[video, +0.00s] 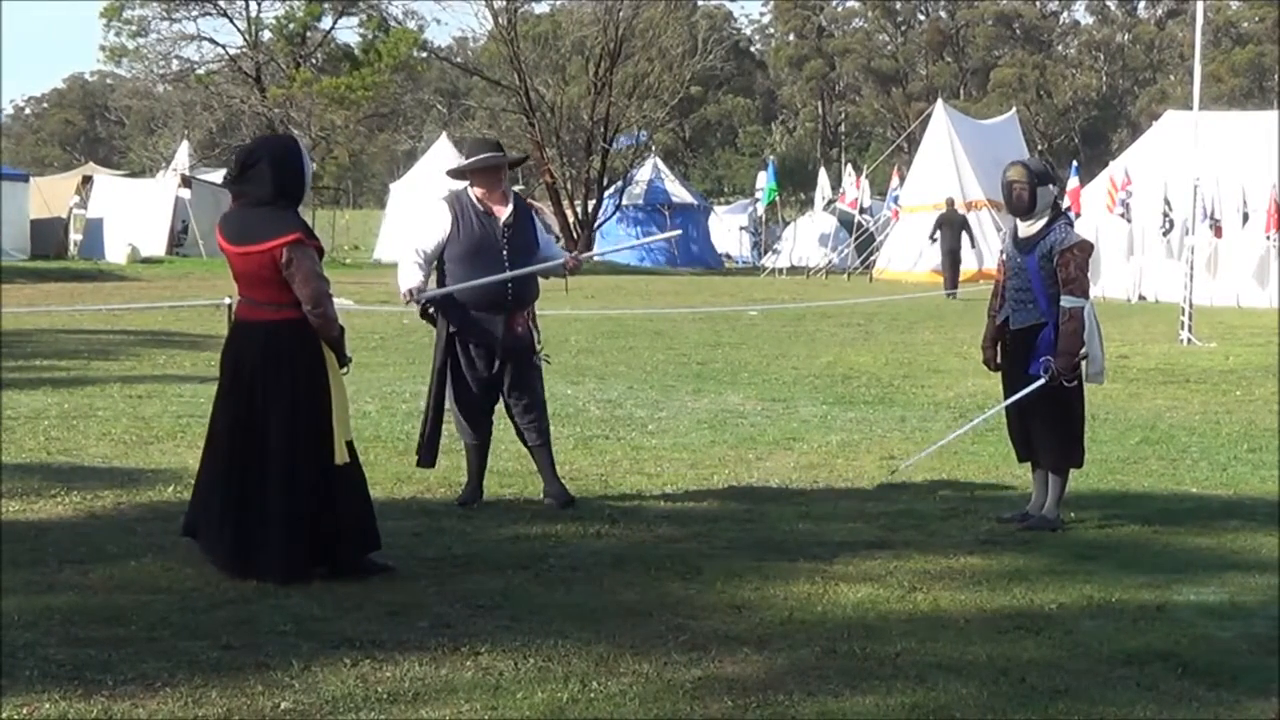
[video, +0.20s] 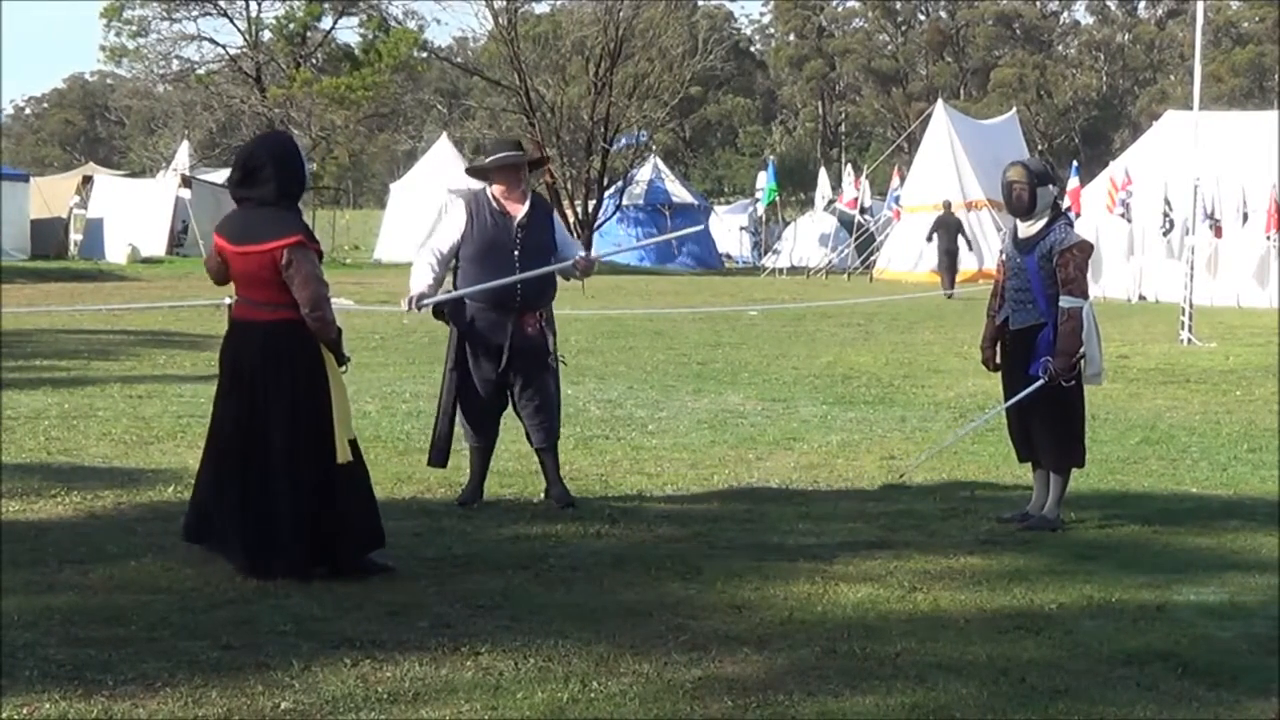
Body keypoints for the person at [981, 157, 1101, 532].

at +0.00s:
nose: (1014, 195)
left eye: (1022, 189)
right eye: (1010, 189)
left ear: (1045, 192)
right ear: (1006, 193)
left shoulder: (1063, 236)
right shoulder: (1014, 234)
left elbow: (1074, 300)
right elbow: (1003, 288)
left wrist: (1068, 353)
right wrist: (991, 335)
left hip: (1051, 338)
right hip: (1017, 338)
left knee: (1054, 418)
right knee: (1028, 416)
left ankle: (1052, 509)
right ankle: (1038, 502)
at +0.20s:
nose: (1013, 196)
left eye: (1021, 189)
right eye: (1009, 189)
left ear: (1045, 193)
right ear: (1006, 193)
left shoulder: (1063, 237)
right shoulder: (1013, 235)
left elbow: (1073, 301)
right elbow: (1002, 290)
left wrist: (1065, 355)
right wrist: (990, 335)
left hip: (1051, 338)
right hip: (1017, 339)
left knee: (1055, 419)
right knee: (1028, 416)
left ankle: (1053, 509)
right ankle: (1038, 501)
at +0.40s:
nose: (1013, 196)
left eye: (1021, 189)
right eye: (1009, 189)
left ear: (1045, 193)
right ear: (1005, 193)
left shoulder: (1063, 237)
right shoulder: (1013, 235)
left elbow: (1072, 301)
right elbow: (1002, 289)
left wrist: (1064, 354)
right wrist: (990, 335)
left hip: (1050, 338)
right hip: (1016, 338)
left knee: (1054, 418)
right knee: (1027, 416)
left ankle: (1053, 508)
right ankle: (1039, 501)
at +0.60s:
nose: (1012, 196)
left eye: (1020, 189)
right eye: (1009, 189)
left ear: (1043, 193)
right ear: (1005, 193)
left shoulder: (1062, 236)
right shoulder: (1013, 234)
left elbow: (1071, 300)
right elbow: (1002, 288)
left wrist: (1062, 353)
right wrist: (990, 334)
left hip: (1049, 337)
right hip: (1015, 338)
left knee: (1054, 418)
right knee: (1027, 416)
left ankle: (1053, 508)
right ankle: (1039, 501)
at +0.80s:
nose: (1011, 197)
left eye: (1019, 190)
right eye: (1008, 190)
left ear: (1043, 193)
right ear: (1005, 194)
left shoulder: (1062, 238)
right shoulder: (1013, 235)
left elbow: (1070, 301)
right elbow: (1001, 289)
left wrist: (1061, 354)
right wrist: (990, 335)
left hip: (1048, 338)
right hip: (1014, 339)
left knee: (1053, 418)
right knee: (1026, 417)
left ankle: (1053, 508)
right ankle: (1038, 501)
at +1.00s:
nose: (1010, 197)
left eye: (1018, 190)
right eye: (1006, 190)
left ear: (1041, 193)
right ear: (1004, 194)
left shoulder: (1061, 238)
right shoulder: (1011, 235)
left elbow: (1069, 301)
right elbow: (1000, 289)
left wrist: (1059, 354)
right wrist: (989, 335)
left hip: (1047, 337)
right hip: (1013, 337)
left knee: (1053, 416)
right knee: (1026, 415)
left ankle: (1053, 507)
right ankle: (1039, 501)